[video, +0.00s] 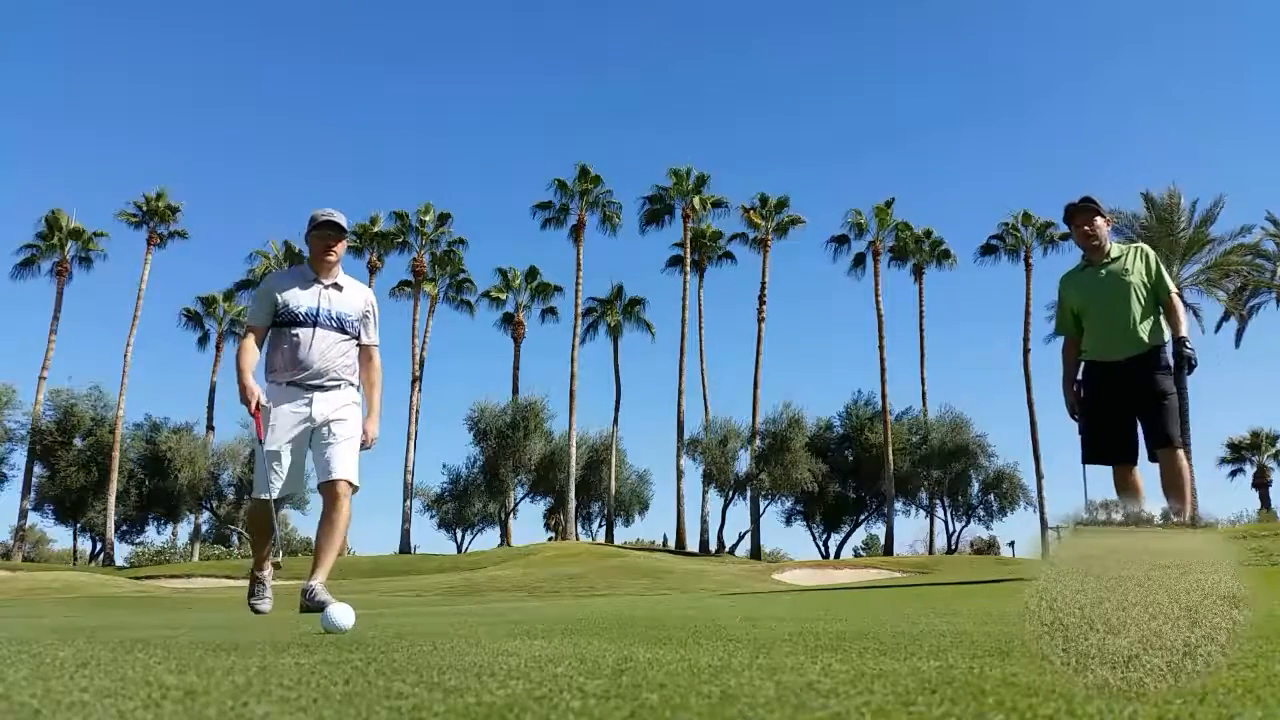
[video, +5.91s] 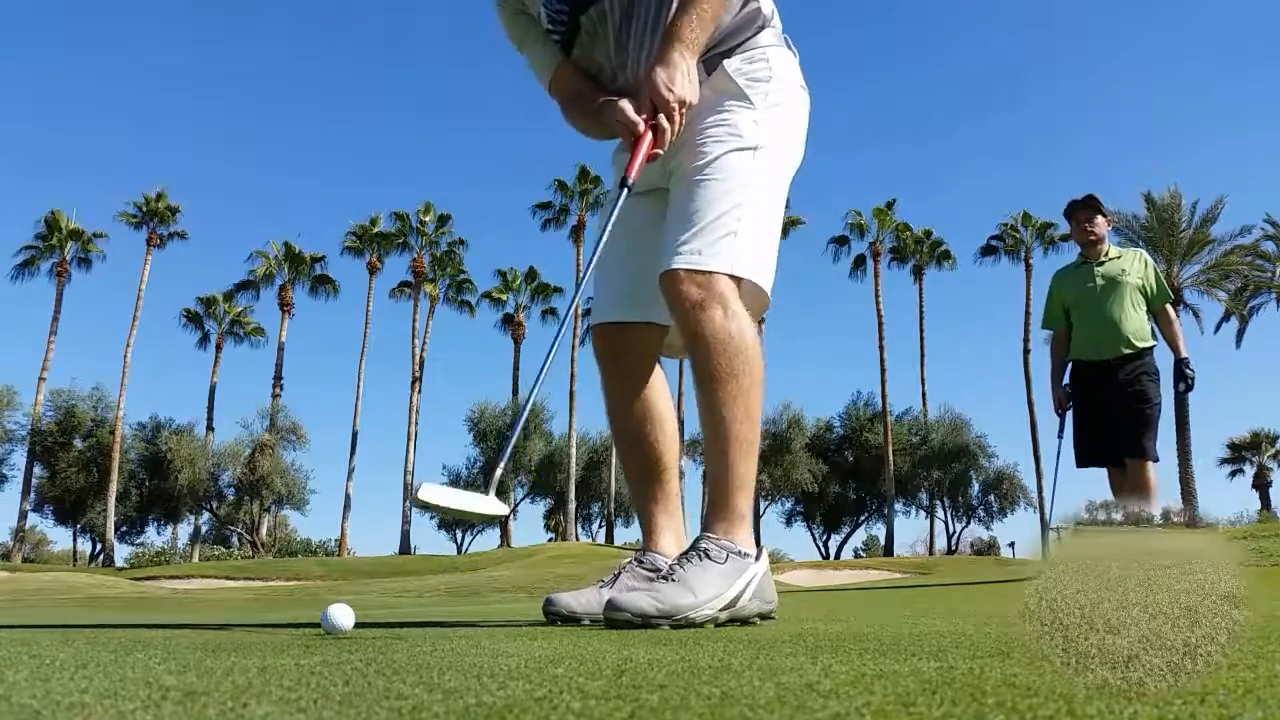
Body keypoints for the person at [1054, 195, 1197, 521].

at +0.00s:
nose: (1087, 229)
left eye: (1092, 221)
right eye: (1079, 226)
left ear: (1107, 223)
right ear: (1072, 235)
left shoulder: (1140, 254)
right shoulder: (1071, 282)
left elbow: (1170, 298)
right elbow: (1071, 339)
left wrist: (1182, 339)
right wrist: (1069, 386)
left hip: (1149, 366)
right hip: (1102, 375)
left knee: (1168, 446)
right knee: (1120, 460)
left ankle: (1181, 525)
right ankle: (1136, 530)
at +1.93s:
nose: (1083, 225)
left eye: (1088, 218)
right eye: (1075, 221)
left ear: (1104, 223)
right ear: (1067, 232)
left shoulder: (1134, 257)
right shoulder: (1062, 280)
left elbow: (1160, 303)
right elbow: (1059, 334)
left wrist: (1180, 346)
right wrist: (1056, 378)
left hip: (1143, 369)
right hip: (1096, 376)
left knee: (1162, 453)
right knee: (1118, 459)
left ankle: (1178, 528)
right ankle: (1135, 531)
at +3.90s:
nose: (1086, 232)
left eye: (1091, 226)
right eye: (1078, 229)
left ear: (1103, 231)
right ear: (1068, 238)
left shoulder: (1133, 266)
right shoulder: (1060, 286)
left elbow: (1163, 307)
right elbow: (1058, 342)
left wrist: (1160, 317)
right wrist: (1055, 388)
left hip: (1138, 372)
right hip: (1093, 379)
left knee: (1159, 455)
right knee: (1117, 462)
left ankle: (1177, 528)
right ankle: (1135, 533)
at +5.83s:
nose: (1086, 228)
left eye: (1091, 221)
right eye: (1078, 225)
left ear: (1106, 224)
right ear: (1070, 234)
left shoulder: (1136, 262)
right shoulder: (1063, 280)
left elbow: (1163, 313)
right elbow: (1059, 337)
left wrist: (1180, 360)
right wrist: (1056, 387)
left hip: (1135, 369)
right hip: (1090, 376)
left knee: (1139, 456)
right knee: (1114, 463)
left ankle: (1150, 529)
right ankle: (1130, 531)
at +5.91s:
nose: (1087, 226)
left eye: (1092, 219)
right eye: (1079, 223)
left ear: (1107, 222)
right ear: (1071, 232)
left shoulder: (1138, 261)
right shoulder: (1064, 278)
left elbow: (1164, 313)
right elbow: (1060, 337)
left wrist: (1182, 358)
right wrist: (1056, 385)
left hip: (1136, 368)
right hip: (1090, 375)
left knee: (1138, 455)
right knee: (1113, 461)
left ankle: (1149, 529)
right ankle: (1130, 530)